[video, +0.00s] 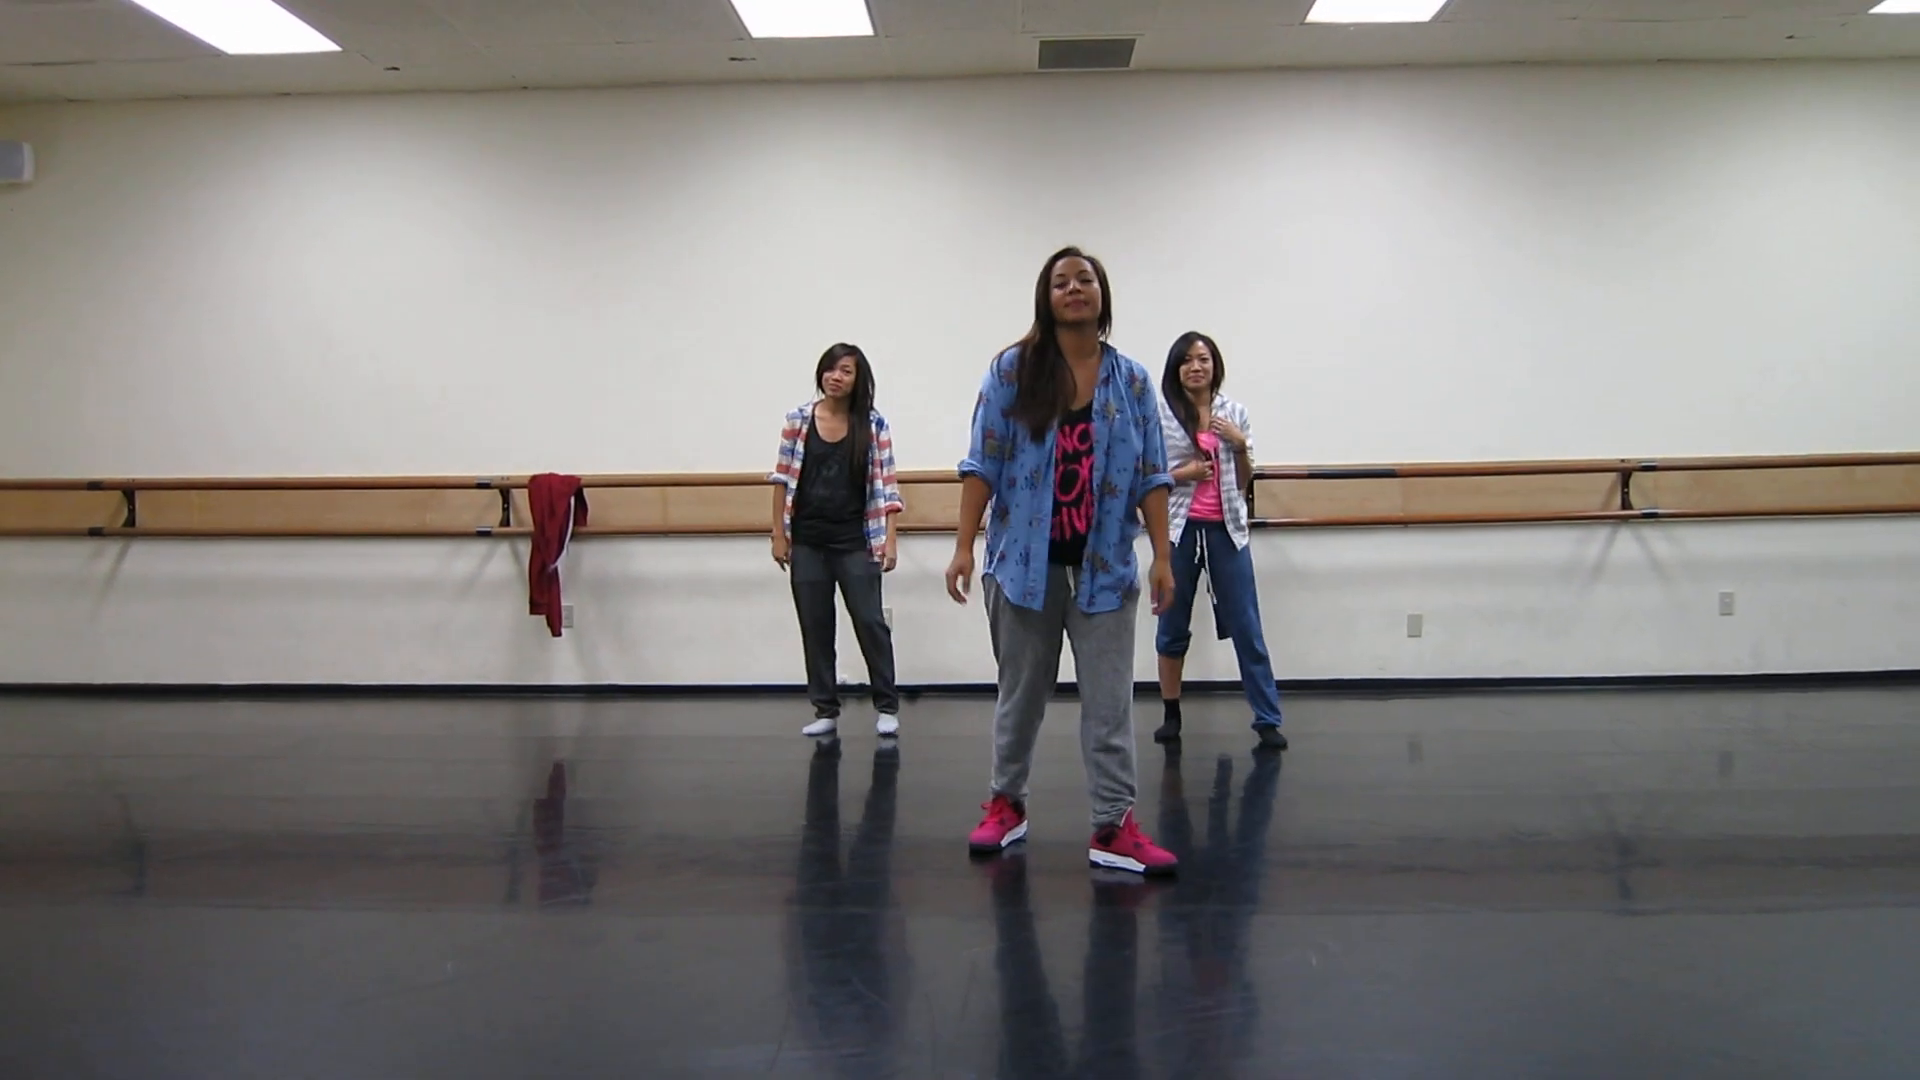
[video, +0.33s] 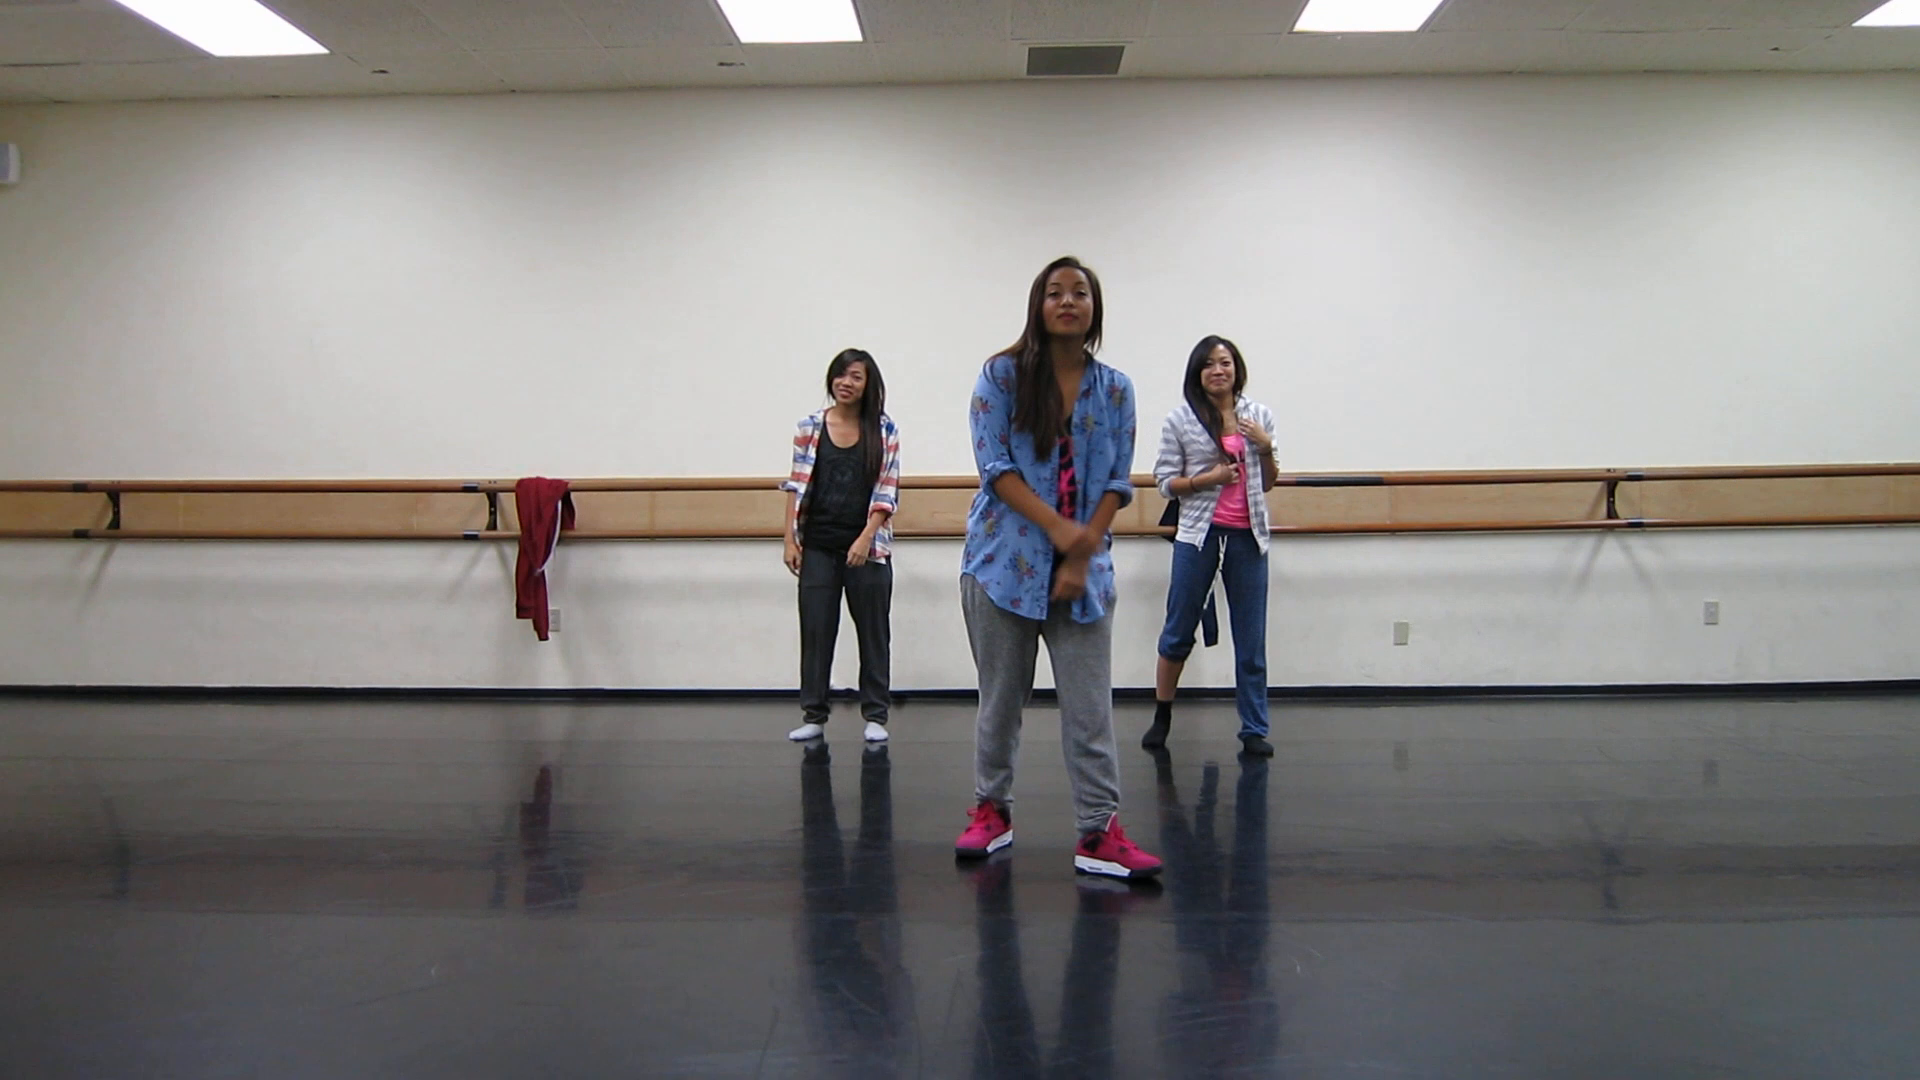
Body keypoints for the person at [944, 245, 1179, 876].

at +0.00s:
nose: (1075, 287)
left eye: (1085, 278)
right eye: (1062, 281)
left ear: (1104, 294)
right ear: (1045, 299)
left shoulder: (1131, 379)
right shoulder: (1012, 370)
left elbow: (1151, 475)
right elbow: (982, 463)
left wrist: (1161, 554)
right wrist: (964, 546)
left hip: (1105, 565)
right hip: (1024, 563)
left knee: (1110, 700)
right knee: (1020, 693)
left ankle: (1113, 826)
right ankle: (1005, 806)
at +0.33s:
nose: (1067, 302)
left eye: (1079, 293)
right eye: (1056, 293)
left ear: (1095, 307)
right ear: (1037, 306)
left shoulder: (1114, 387)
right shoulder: (1001, 375)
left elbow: (1115, 486)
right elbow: (996, 472)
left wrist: (1079, 557)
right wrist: (1058, 526)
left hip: (1081, 567)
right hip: (1002, 565)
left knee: (1091, 709)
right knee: (1000, 701)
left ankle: (1098, 833)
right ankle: (991, 813)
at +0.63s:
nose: (1024, 316)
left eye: (1035, 305)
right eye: (1012, 307)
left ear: (1054, 315)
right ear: (996, 317)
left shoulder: (1077, 389)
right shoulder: (966, 381)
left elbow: (1075, 486)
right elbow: (973, 463)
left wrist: (1020, 539)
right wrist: (1039, 498)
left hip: (1050, 567)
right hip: (973, 568)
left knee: (1062, 704)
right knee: (983, 703)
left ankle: (1085, 829)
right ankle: (987, 816)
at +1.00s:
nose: (991, 319)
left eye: (1001, 308)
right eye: (979, 311)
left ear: (1021, 316)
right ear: (962, 323)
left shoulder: (1052, 390)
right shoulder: (935, 393)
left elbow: (1099, 470)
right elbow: (881, 464)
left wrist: (1139, 541)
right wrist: (823, 528)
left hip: (1036, 575)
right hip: (958, 578)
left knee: (1049, 698)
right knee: (976, 703)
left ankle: (1081, 822)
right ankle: (986, 817)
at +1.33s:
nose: (973, 325)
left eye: (983, 313)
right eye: (960, 317)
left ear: (1002, 320)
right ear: (944, 328)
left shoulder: (1038, 390)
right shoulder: (924, 401)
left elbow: (1057, 483)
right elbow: (918, 485)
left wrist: (1048, 553)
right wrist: (925, 544)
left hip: (1026, 571)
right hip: (950, 574)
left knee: (1034, 689)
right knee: (973, 699)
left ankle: (1059, 814)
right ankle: (989, 816)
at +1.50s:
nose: (963, 326)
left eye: (971, 314)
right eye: (949, 322)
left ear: (992, 320)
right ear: (938, 336)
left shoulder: (1034, 389)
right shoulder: (930, 405)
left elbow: (1065, 478)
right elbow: (929, 490)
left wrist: (1078, 558)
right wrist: (914, 551)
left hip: (1024, 570)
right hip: (949, 575)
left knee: (1015, 693)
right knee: (969, 701)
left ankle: (1033, 780)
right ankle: (991, 816)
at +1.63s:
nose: (955, 328)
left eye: (960, 315)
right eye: (941, 326)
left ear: (983, 319)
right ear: (933, 345)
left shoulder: (1030, 384)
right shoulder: (934, 410)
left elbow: (1072, 472)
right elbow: (930, 497)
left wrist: (1102, 548)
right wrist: (916, 556)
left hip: (1025, 569)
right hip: (953, 574)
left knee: (1017, 700)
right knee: (972, 703)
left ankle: (1027, 778)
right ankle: (991, 816)